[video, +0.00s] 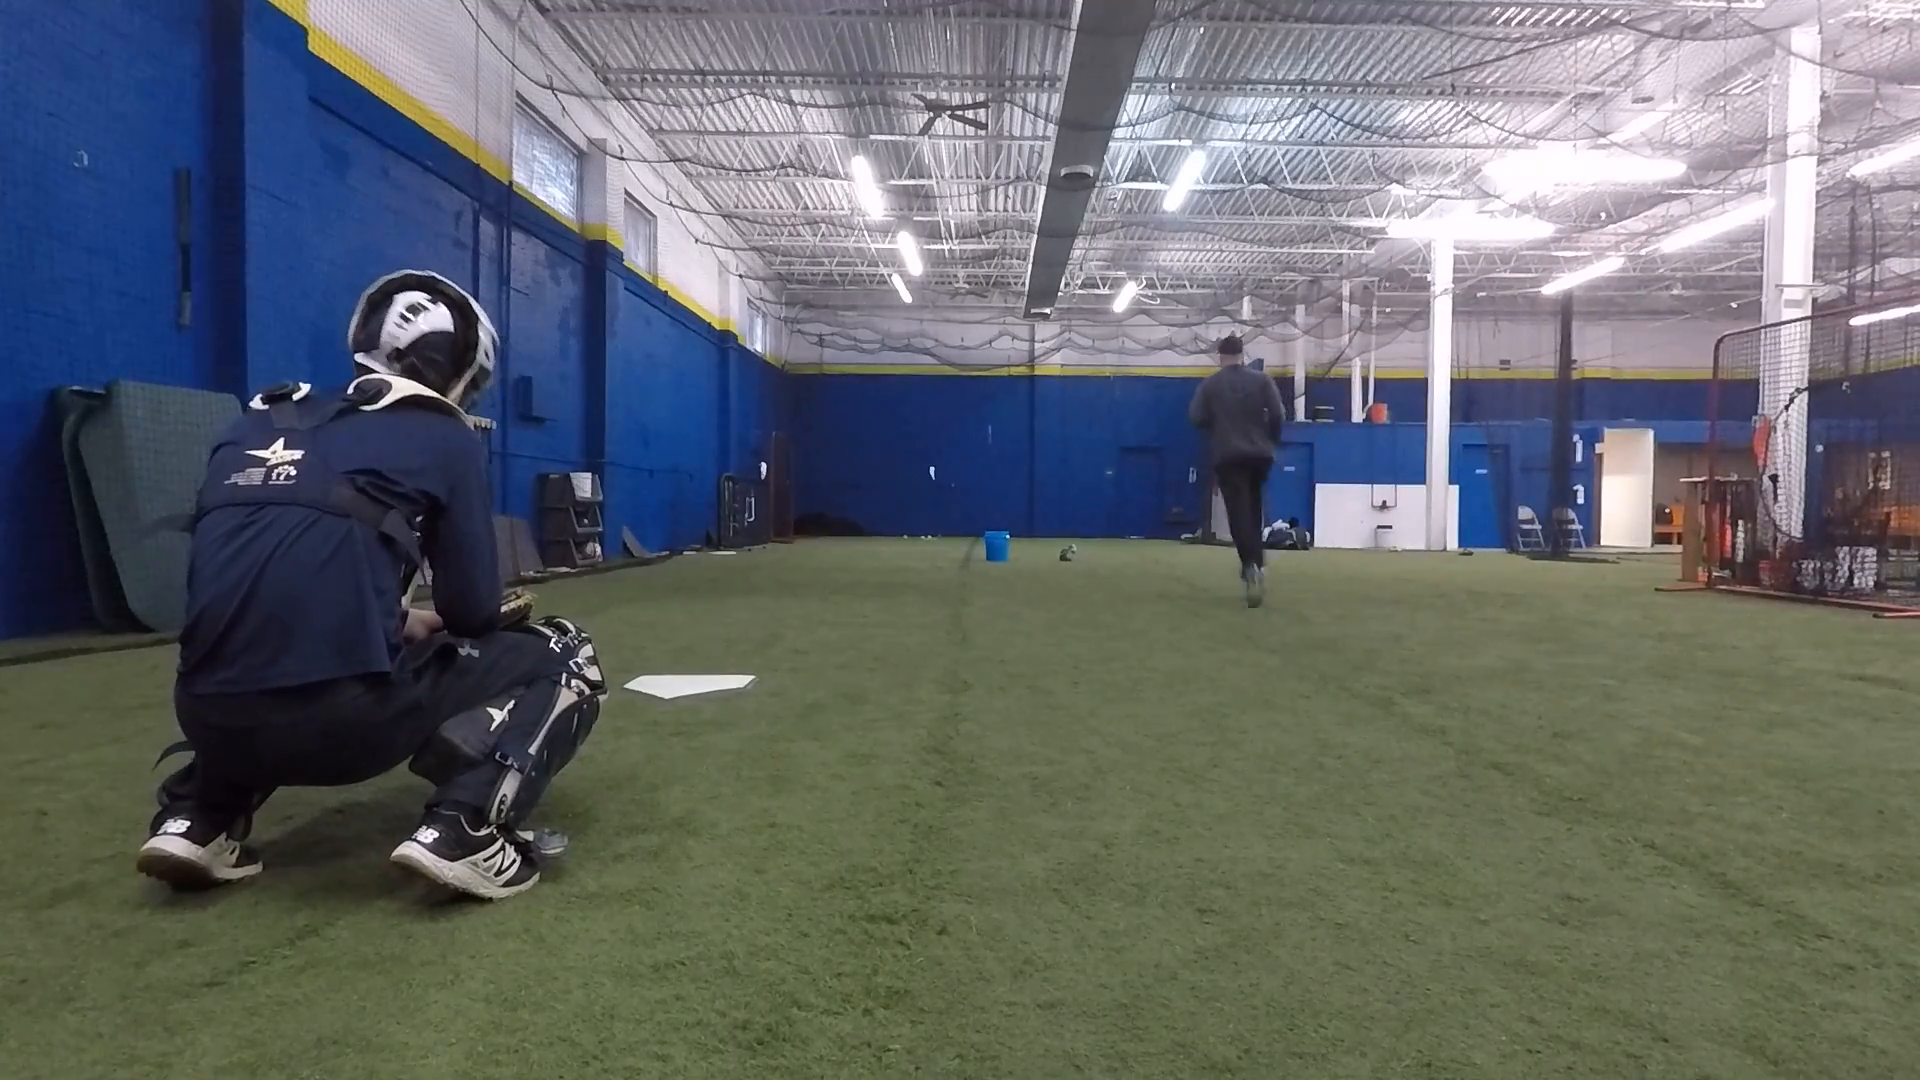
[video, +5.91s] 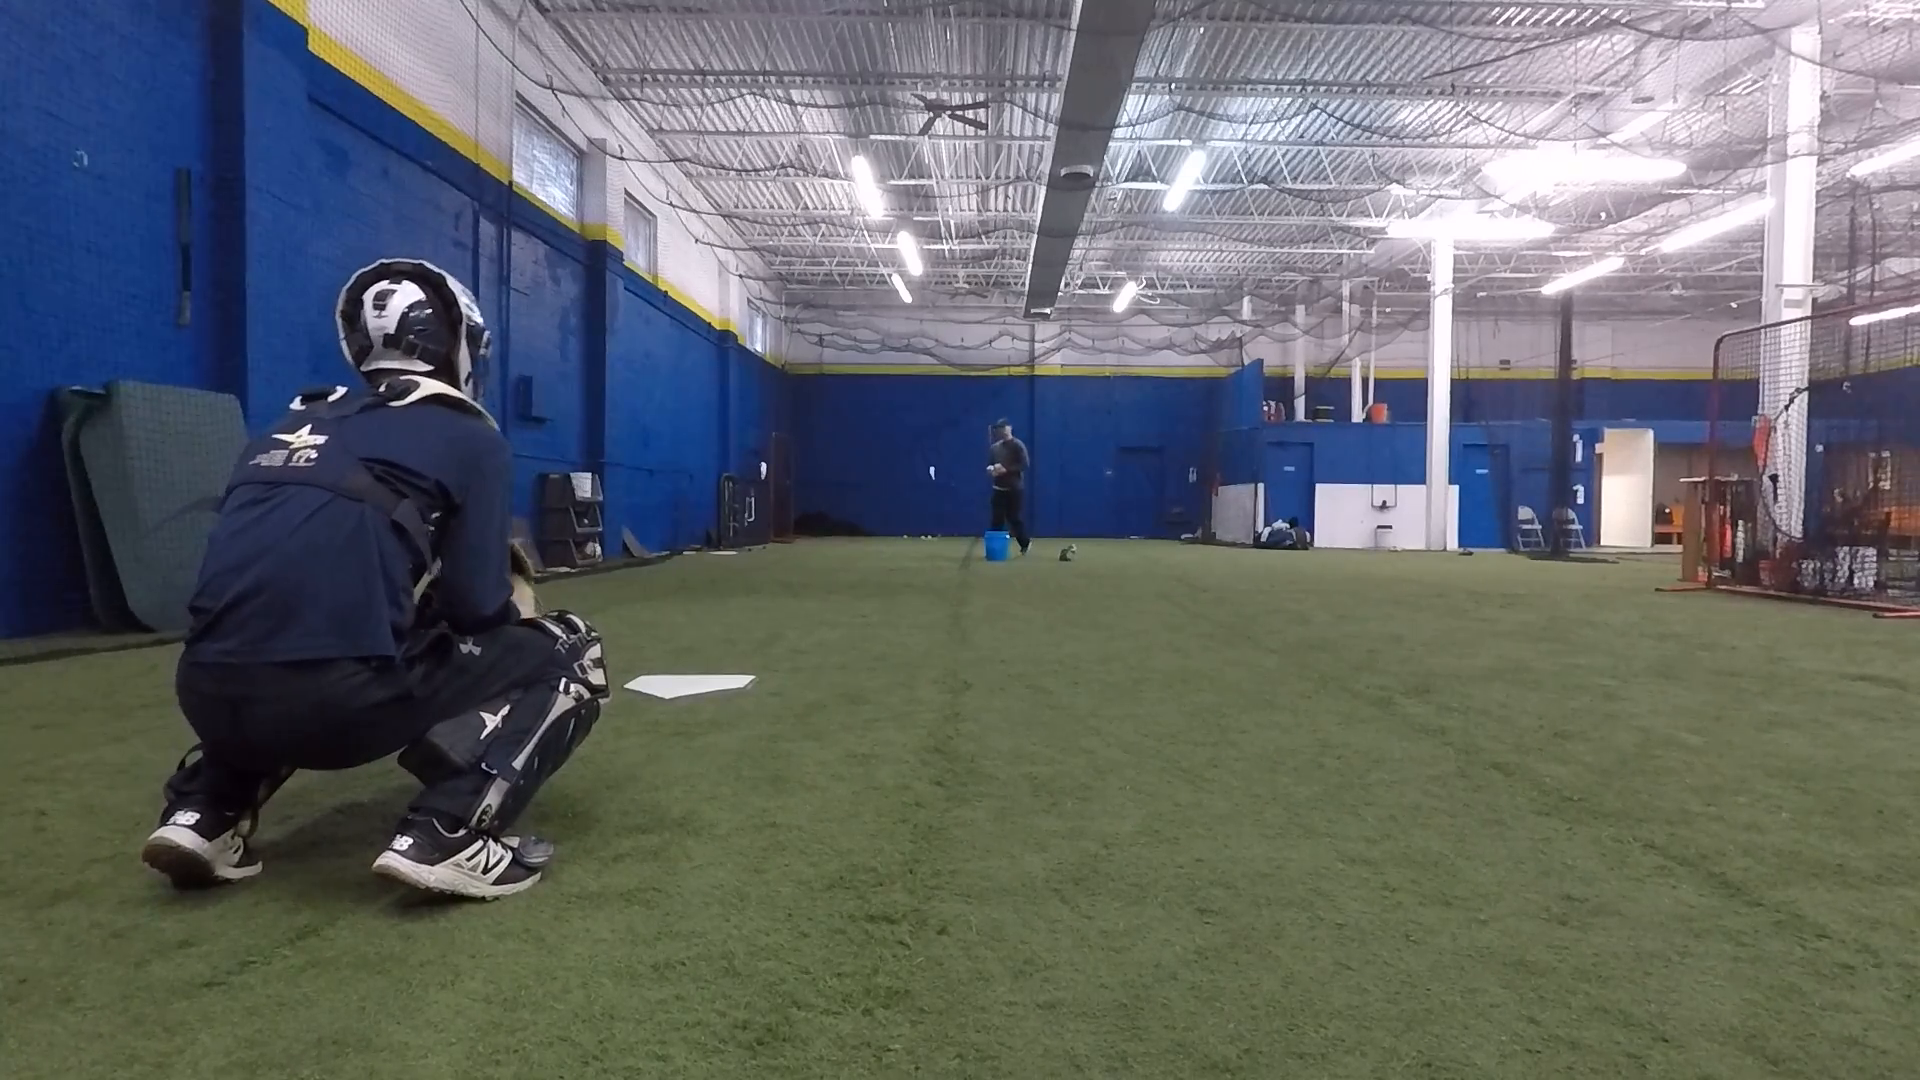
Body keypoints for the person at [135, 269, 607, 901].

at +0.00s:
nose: (472, 395)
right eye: (472, 380)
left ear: (362, 351)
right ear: (457, 375)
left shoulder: (257, 419)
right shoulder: (447, 436)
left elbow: (240, 576)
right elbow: (472, 610)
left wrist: (391, 619)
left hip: (217, 721)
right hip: (345, 722)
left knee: (275, 623)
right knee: (567, 657)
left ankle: (196, 817)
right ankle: (466, 826)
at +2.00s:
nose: (467, 372)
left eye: (466, 353)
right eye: (459, 351)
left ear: (352, 352)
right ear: (429, 344)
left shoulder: (265, 428)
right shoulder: (448, 439)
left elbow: (260, 588)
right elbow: (470, 614)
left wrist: (402, 625)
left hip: (217, 721)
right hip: (343, 726)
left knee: (283, 631)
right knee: (565, 659)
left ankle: (195, 817)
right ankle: (466, 826)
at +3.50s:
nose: (473, 364)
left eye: (470, 349)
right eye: (468, 349)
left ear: (351, 352)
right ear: (452, 351)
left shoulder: (281, 423)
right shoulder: (465, 437)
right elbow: (475, 604)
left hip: (221, 714)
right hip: (353, 715)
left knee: (288, 624)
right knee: (564, 663)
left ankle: (200, 816)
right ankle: (464, 824)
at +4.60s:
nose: (482, 347)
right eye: (477, 332)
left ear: (364, 339)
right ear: (466, 340)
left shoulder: (297, 414)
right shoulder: (491, 435)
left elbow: (259, 559)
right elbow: (503, 602)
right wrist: (429, 627)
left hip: (234, 690)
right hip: (373, 699)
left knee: (294, 616)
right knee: (574, 660)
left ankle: (203, 819)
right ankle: (451, 826)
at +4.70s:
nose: (478, 352)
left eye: (474, 337)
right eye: (473, 337)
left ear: (359, 340)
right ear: (459, 341)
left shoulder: (293, 417)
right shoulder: (475, 431)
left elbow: (259, 566)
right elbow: (484, 598)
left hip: (222, 694)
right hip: (357, 700)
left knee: (297, 618)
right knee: (573, 654)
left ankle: (203, 814)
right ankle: (445, 830)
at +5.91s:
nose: (476, 359)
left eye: (474, 343)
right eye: (472, 343)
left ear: (358, 347)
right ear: (455, 346)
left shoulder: (294, 418)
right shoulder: (471, 436)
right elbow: (476, 603)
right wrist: (512, 605)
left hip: (215, 697)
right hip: (347, 703)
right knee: (573, 653)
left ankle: (204, 813)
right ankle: (449, 831)